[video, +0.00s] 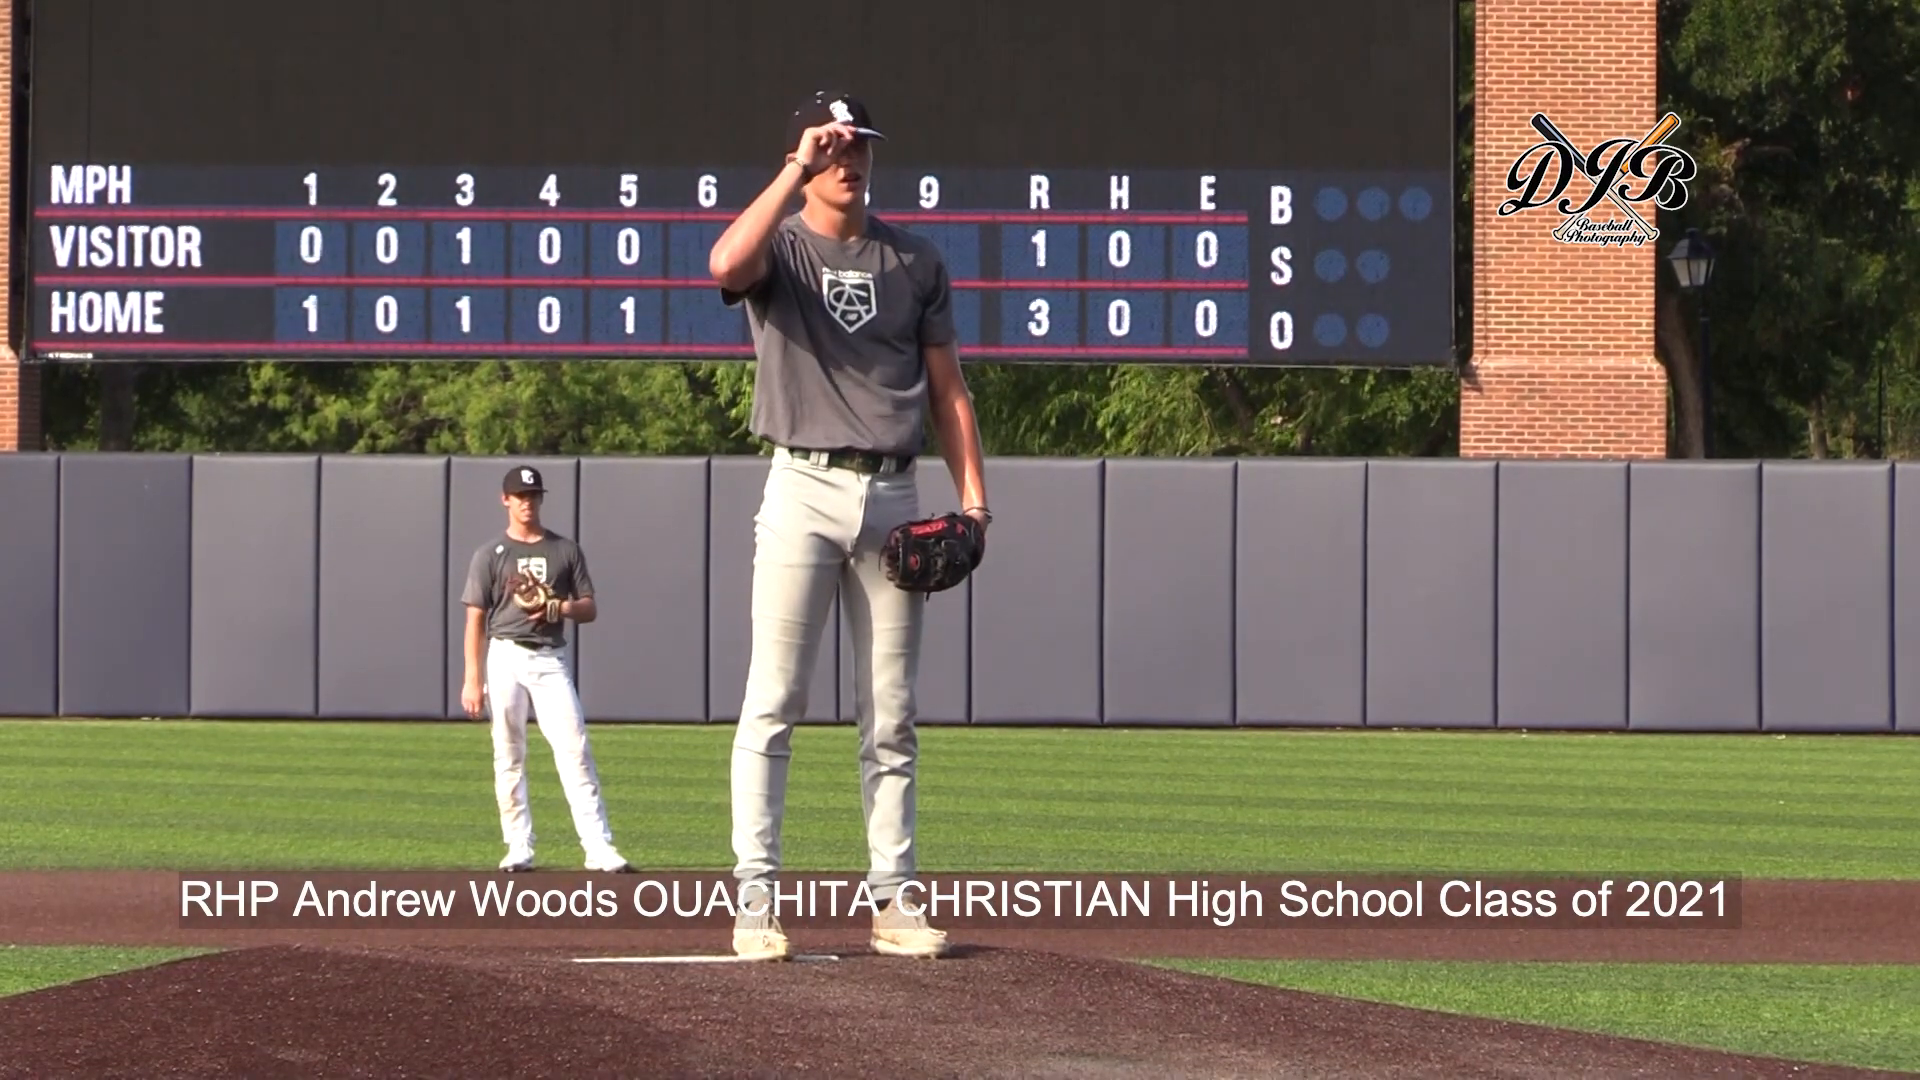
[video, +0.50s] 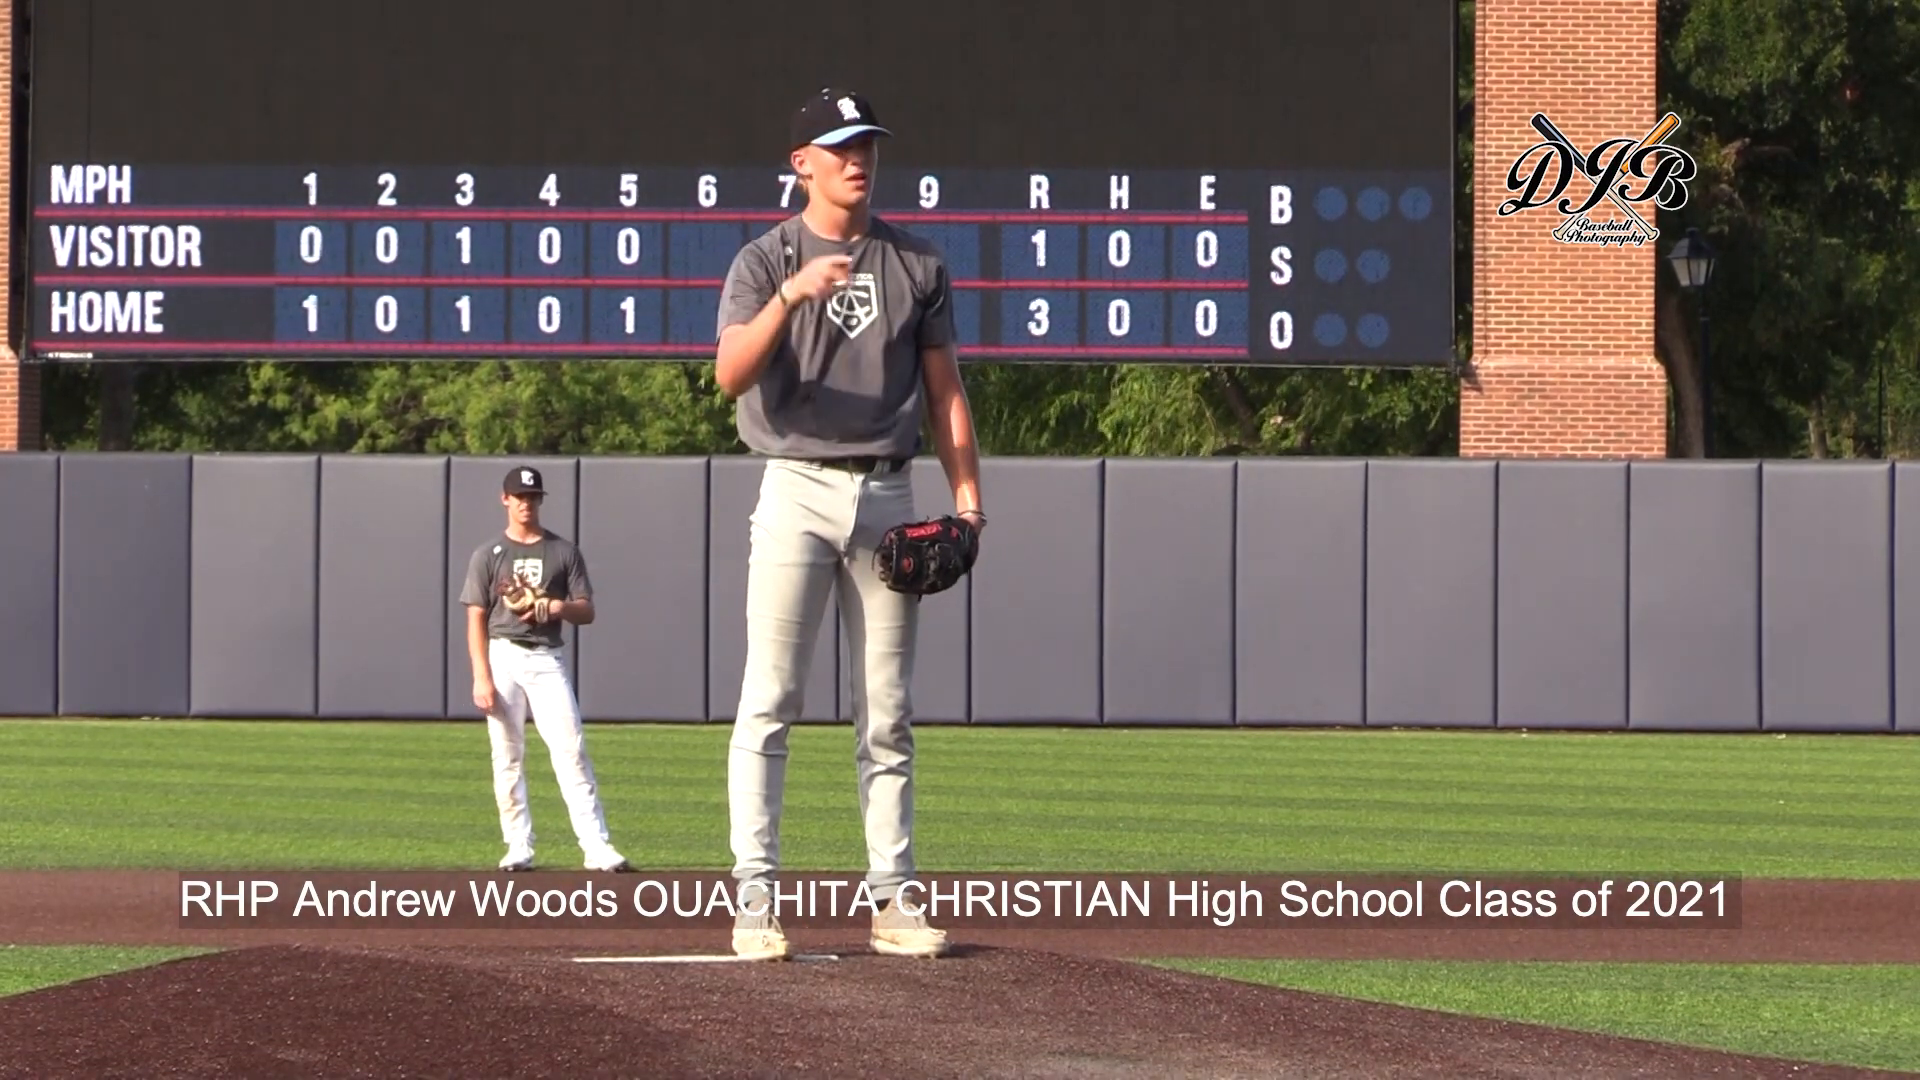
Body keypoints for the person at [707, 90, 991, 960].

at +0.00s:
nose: (847, 164)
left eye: (856, 151)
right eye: (831, 153)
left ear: (872, 160)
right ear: (802, 167)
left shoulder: (915, 259)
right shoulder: (777, 246)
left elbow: (948, 386)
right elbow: (725, 269)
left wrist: (972, 500)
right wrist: (795, 168)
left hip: (894, 499)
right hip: (801, 492)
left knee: (893, 716)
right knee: (772, 704)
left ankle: (893, 899)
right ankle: (757, 897)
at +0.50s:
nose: (858, 163)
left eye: (866, 150)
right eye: (842, 151)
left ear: (877, 160)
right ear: (803, 163)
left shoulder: (915, 266)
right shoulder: (764, 260)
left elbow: (946, 390)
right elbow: (729, 376)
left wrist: (967, 503)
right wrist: (789, 297)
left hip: (889, 499)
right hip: (794, 494)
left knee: (888, 715)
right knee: (769, 703)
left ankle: (892, 898)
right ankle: (756, 896)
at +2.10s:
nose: (854, 159)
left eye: (862, 146)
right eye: (837, 147)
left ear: (872, 158)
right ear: (799, 160)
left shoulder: (911, 267)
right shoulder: (759, 267)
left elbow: (942, 393)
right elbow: (733, 405)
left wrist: (965, 507)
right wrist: (745, 520)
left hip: (887, 497)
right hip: (790, 493)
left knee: (886, 712)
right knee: (768, 705)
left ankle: (892, 897)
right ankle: (755, 896)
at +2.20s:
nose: (854, 159)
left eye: (862, 146)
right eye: (837, 147)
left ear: (872, 158)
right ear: (799, 160)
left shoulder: (911, 268)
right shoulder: (759, 267)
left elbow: (943, 394)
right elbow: (734, 406)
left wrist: (965, 507)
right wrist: (746, 521)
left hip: (887, 497)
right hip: (791, 494)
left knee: (886, 712)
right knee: (768, 705)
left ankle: (892, 896)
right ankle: (755, 895)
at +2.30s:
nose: (854, 159)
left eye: (862, 146)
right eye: (837, 147)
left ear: (872, 158)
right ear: (799, 160)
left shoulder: (911, 268)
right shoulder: (759, 267)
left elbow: (943, 394)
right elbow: (734, 406)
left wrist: (965, 508)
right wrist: (747, 521)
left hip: (887, 497)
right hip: (790, 494)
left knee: (886, 711)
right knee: (768, 705)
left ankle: (892, 897)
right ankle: (755, 895)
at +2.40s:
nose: (854, 159)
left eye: (862, 146)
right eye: (837, 147)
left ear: (872, 158)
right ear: (799, 160)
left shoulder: (911, 268)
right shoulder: (759, 267)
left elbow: (943, 395)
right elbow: (734, 406)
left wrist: (965, 508)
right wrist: (747, 522)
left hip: (887, 497)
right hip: (791, 493)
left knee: (886, 711)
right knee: (768, 705)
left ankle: (892, 897)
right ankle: (755, 895)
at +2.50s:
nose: (854, 159)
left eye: (862, 145)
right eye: (837, 146)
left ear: (872, 158)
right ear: (799, 160)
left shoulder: (911, 267)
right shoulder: (759, 267)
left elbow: (943, 394)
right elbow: (734, 405)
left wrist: (965, 508)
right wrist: (746, 522)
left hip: (887, 497)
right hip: (790, 493)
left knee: (886, 711)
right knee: (768, 705)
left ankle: (892, 897)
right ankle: (755, 895)